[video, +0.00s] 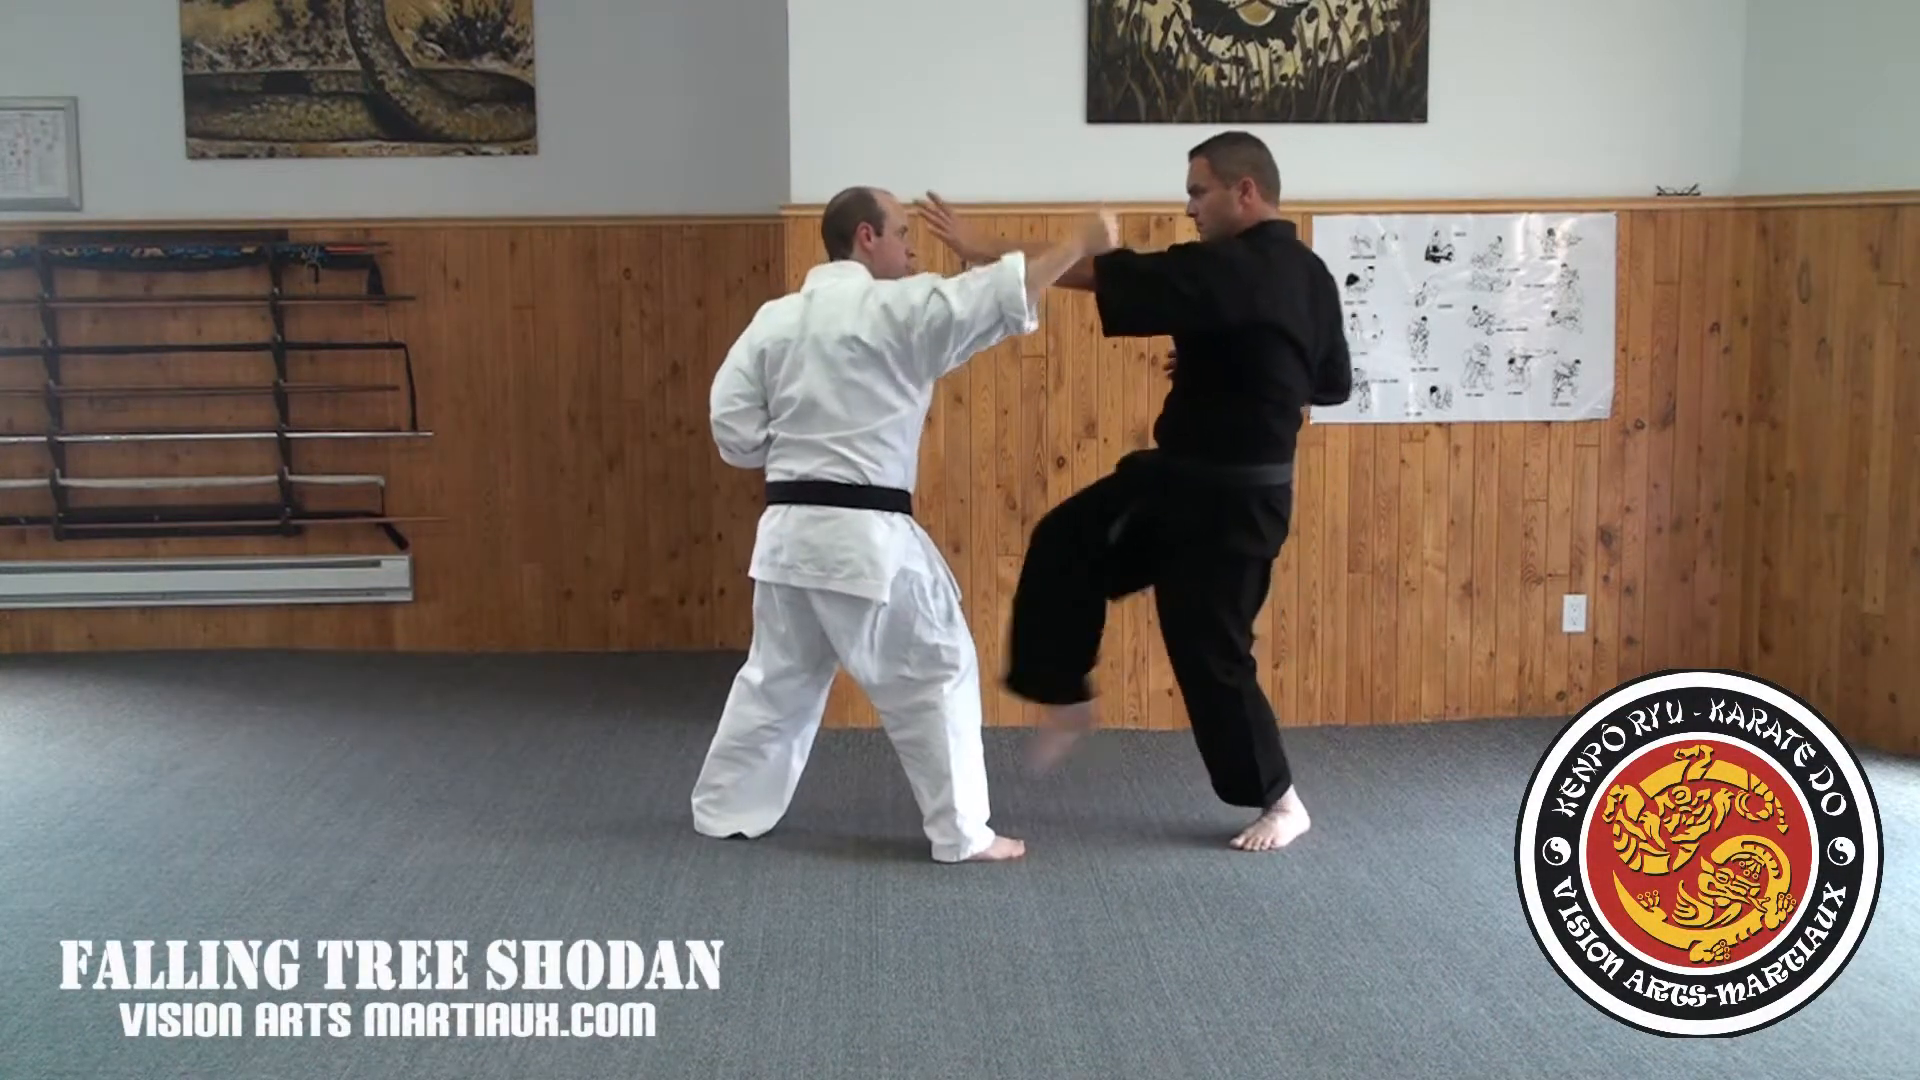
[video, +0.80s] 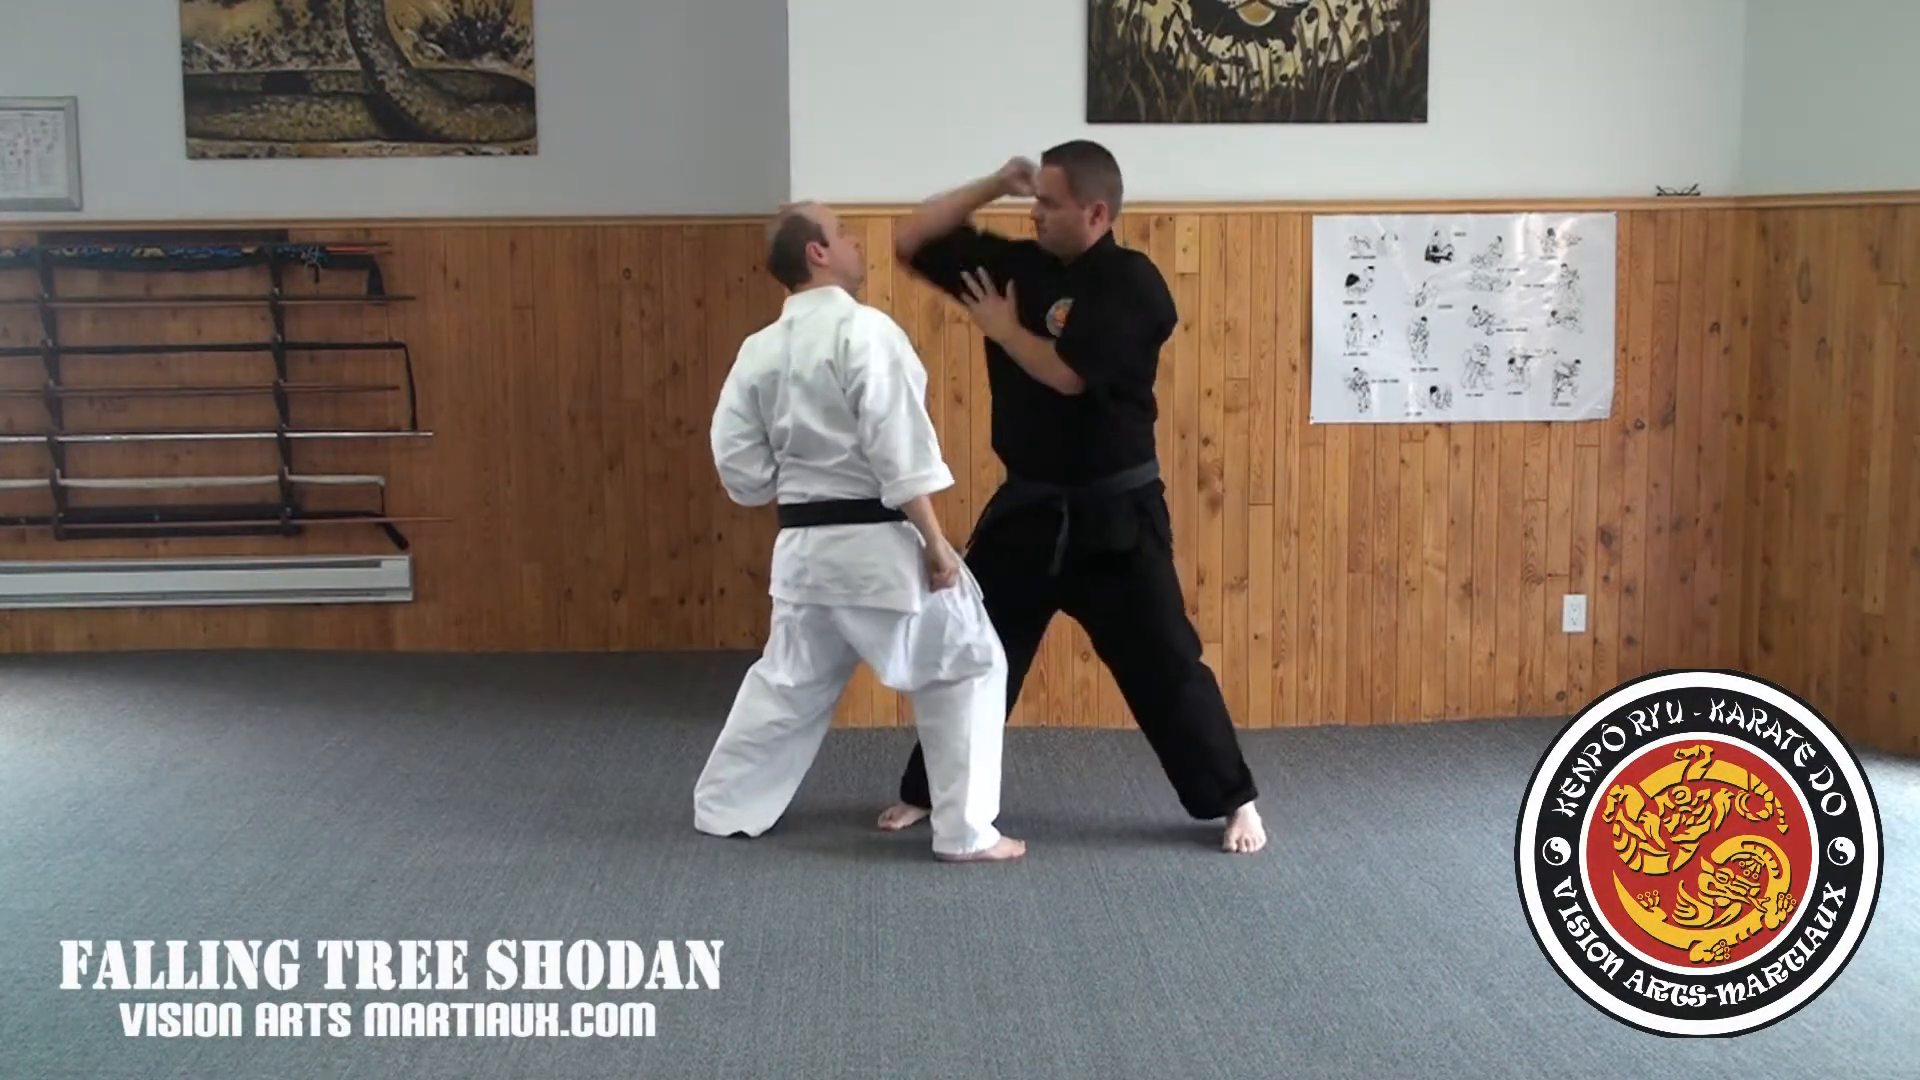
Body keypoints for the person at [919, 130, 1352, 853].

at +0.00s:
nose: (1191, 208)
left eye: (1199, 193)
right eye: (1190, 194)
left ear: (1247, 191)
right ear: (1256, 196)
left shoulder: (1223, 264)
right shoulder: (1309, 272)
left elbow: (1101, 273)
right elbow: (1330, 384)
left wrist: (984, 252)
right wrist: (1228, 364)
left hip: (1217, 491)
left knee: (1209, 649)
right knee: (1063, 545)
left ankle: (1280, 802)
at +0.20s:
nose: (1151, 211)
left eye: (1160, 196)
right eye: (1151, 196)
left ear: (1208, 195)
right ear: (1213, 199)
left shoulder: (1202, 267)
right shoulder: (1253, 271)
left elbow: (1076, 264)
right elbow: (1272, 384)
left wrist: (955, 234)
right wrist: (1161, 363)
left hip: (1191, 497)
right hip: (1139, 488)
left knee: (1195, 659)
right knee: (1029, 590)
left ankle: (1281, 802)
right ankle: (1020, 728)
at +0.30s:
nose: (1123, 213)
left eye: (1134, 200)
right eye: (1123, 201)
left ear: (1181, 201)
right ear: (1182, 204)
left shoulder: (1187, 276)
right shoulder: (1207, 277)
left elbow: (1050, 262)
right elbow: (1231, 384)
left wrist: (941, 223)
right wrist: (1126, 366)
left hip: (1165, 504)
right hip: (1107, 496)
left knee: (1182, 666)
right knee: (1021, 644)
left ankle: (1280, 798)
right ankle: (941, 773)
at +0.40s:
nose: (1090, 222)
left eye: (1101, 208)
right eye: (1091, 209)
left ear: (1150, 214)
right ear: (1148, 215)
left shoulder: (1154, 288)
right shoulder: (1129, 286)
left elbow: (1031, 267)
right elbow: (1152, 392)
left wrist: (933, 209)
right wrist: (1076, 372)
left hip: (1128, 514)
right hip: (1066, 508)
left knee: (1158, 669)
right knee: (993, 651)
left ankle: (1268, 790)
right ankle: (938, 784)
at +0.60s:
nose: (1043, 220)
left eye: (1055, 207)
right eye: (1043, 207)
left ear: (1104, 214)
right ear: (1088, 215)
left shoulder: (1131, 293)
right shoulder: (1060, 291)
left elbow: (1025, 293)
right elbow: (1036, 395)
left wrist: (955, 206)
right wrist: (989, 347)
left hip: (1102, 515)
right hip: (1023, 508)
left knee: (1142, 664)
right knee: (957, 648)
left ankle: (1227, 790)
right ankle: (922, 795)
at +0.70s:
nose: (1036, 216)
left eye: (1050, 205)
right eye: (1038, 204)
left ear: (1099, 210)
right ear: (1076, 210)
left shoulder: (1136, 290)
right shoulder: (1033, 286)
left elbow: (1044, 349)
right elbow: (947, 353)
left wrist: (978, 277)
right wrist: (959, 276)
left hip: (1107, 513)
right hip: (1021, 508)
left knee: (1157, 662)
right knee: (963, 653)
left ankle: (1236, 797)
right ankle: (923, 795)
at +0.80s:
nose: (1035, 213)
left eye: (1048, 205)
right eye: (1036, 201)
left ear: (1095, 215)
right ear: (1039, 201)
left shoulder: (1133, 286)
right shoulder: (1014, 268)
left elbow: (1071, 376)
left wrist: (1004, 330)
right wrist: (994, 186)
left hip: (1116, 509)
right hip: (1027, 504)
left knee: (1165, 659)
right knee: (970, 650)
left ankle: (1236, 801)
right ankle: (924, 794)